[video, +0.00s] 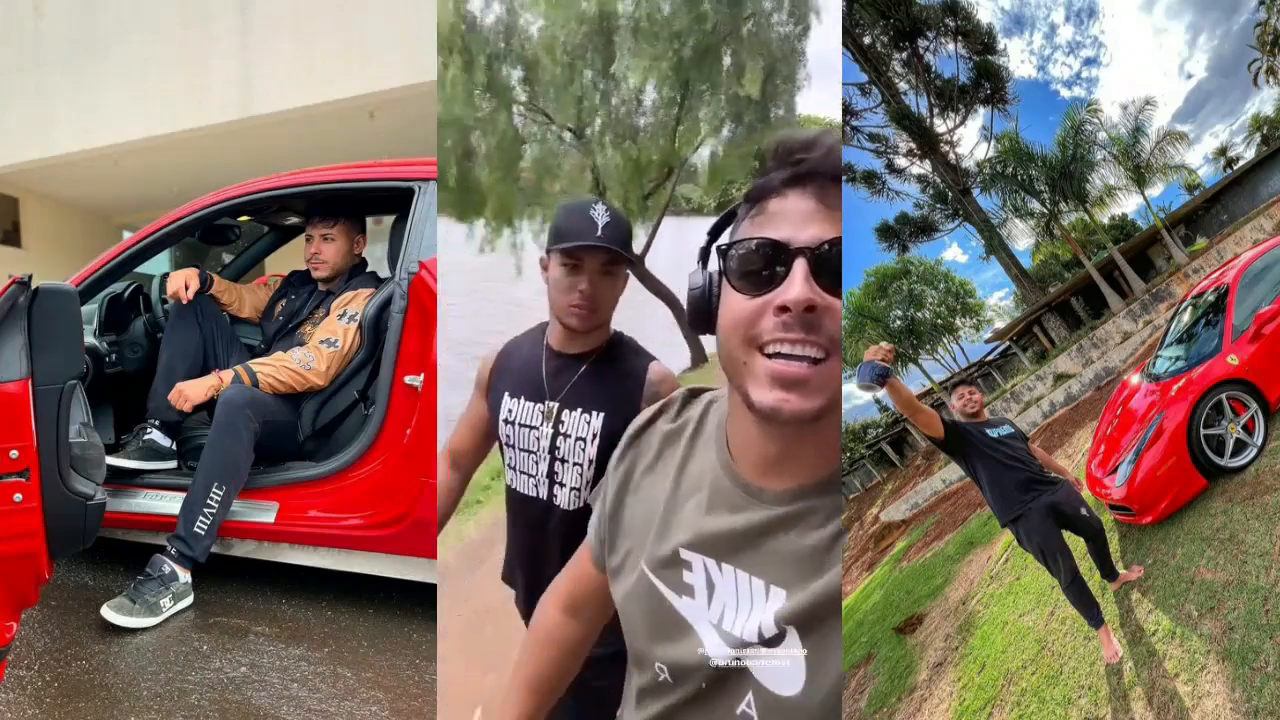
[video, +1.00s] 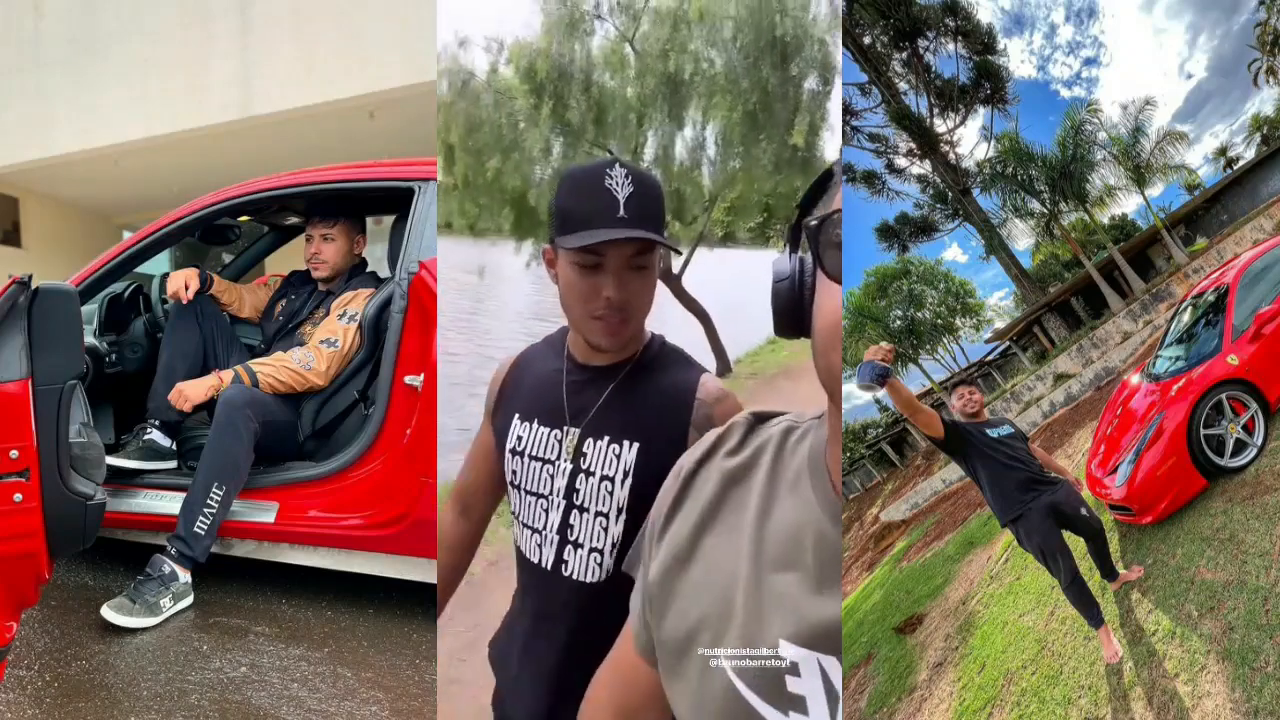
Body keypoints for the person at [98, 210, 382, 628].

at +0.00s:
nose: (315, 249)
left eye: (328, 239)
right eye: (310, 239)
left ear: (358, 245)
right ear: (304, 244)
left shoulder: (361, 297)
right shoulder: (292, 286)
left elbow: (315, 366)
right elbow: (243, 299)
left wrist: (219, 381)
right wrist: (203, 279)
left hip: (315, 411)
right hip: (265, 389)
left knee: (239, 402)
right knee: (196, 303)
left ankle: (177, 568)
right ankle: (161, 433)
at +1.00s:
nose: (314, 250)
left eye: (328, 239)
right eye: (310, 239)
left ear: (358, 245)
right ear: (304, 244)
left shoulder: (362, 297)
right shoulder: (292, 286)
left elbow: (315, 366)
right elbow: (242, 299)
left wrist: (219, 380)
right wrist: (202, 278)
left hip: (316, 410)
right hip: (266, 389)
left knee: (239, 402)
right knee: (196, 303)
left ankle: (177, 568)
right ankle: (161, 433)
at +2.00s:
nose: (314, 250)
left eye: (328, 239)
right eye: (310, 239)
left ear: (358, 245)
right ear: (304, 244)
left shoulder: (362, 297)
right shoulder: (292, 286)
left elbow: (315, 366)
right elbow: (242, 299)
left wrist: (219, 380)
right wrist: (202, 278)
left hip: (316, 410)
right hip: (266, 389)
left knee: (239, 402)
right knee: (196, 303)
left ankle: (177, 568)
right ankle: (161, 433)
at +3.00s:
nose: (314, 250)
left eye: (328, 239)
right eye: (310, 239)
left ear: (358, 245)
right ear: (304, 244)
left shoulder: (362, 297)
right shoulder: (292, 286)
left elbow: (315, 366)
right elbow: (242, 299)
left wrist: (219, 380)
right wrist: (202, 278)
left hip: (317, 410)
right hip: (266, 389)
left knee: (239, 402)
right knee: (196, 303)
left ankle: (177, 568)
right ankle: (161, 433)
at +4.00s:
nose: (315, 249)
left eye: (328, 239)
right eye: (310, 239)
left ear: (358, 245)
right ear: (304, 244)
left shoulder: (361, 297)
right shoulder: (292, 286)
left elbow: (315, 366)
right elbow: (243, 299)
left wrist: (220, 380)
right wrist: (203, 279)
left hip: (315, 410)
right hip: (265, 388)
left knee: (239, 402)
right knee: (196, 303)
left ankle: (177, 568)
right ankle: (161, 433)